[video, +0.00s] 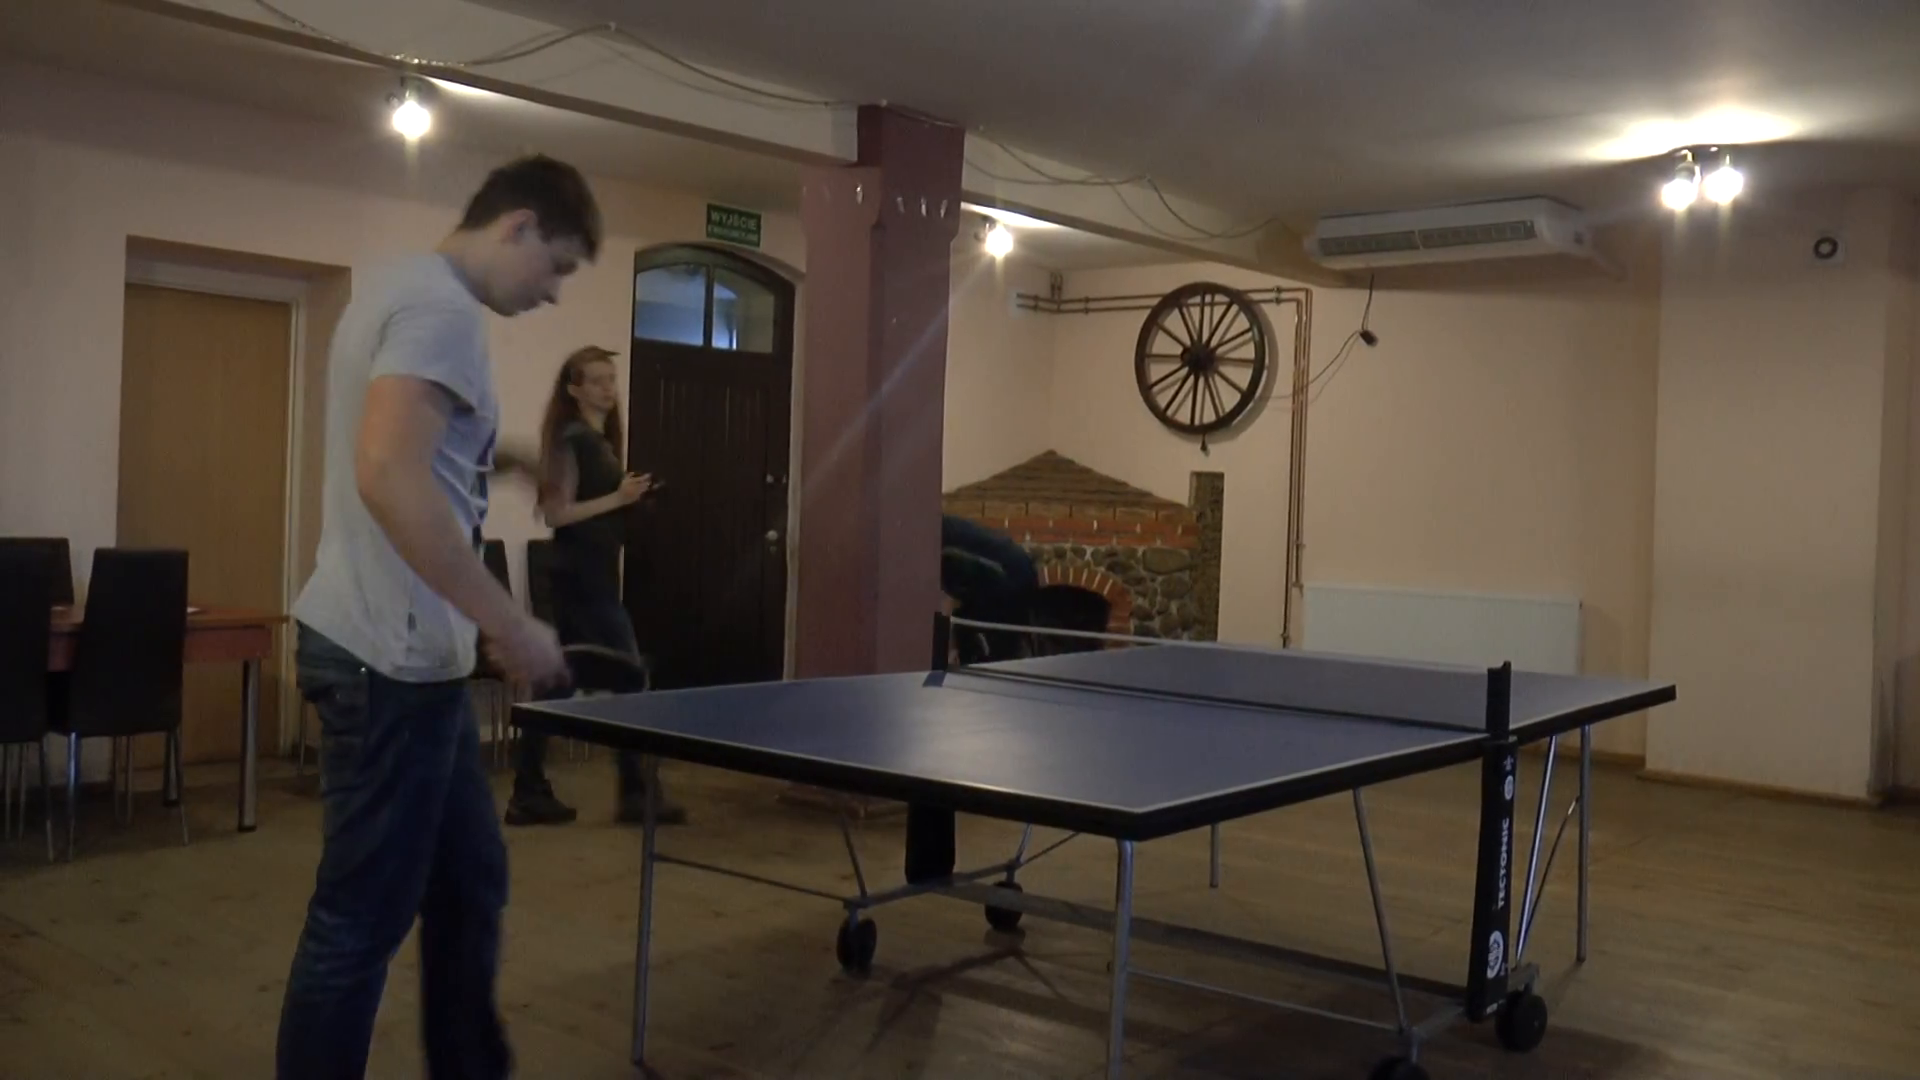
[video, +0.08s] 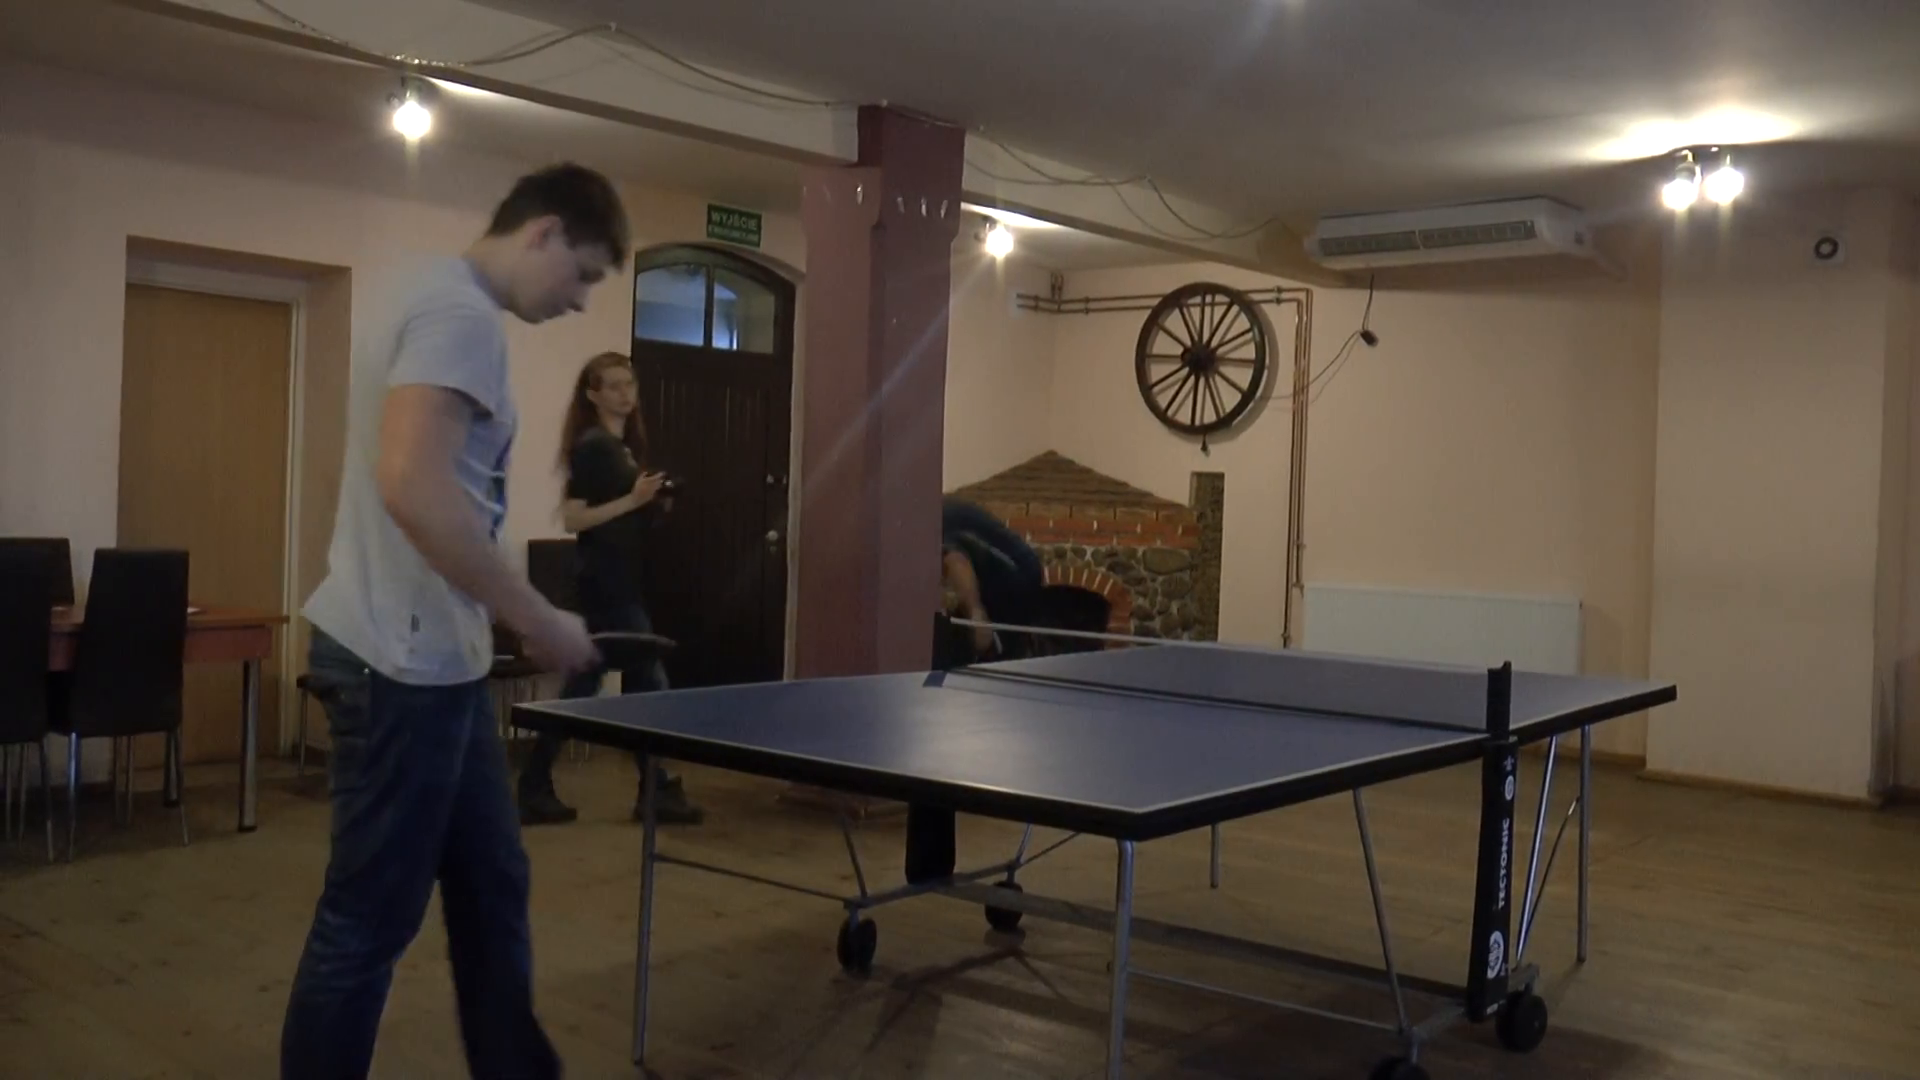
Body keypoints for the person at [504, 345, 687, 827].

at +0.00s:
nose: (609, 388)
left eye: (612, 380)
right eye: (599, 381)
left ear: (613, 387)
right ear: (574, 388)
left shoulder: (598, 437)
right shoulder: (568, 439)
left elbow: (587, 501)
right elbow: (555, 513)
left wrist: (625, 492)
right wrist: (617, 497)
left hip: (593, 572)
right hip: (579, 577)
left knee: (551, 676)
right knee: (629, 675)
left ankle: (529, 788)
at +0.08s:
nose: (626, 393)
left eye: (630, 385)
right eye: (615, 386)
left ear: (635, 391)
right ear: (593, 393)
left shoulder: (622, 445)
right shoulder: (591, 446)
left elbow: (611, 506)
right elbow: (571, 517)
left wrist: (648, 494)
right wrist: (632, 499)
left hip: (620, 575)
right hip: (603, 579)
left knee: (581, 683)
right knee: (648, 680)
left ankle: (535, 781)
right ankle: (657, 785)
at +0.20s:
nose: (647, 394)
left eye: (652, 386)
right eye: (637, 387)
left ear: (661, 392)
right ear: (617, 393)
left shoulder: (653, 446)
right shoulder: (613, 448)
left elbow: (651, 510)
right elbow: (599, 519)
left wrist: (677, 495)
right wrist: (655, 495)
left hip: (652, 568)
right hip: (629, 573)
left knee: (643, 685)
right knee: (661, 679)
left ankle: (567, 764)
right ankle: (658, 784)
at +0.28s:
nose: (660, 395)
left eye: (666, 386)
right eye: (650, 387)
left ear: (676, 392)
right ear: (631, 393)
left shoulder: (675, 446)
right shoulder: (625, 449)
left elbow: (696, 521)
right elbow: (616, 519)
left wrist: (697, 491)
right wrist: (665, 489)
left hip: (673, 573)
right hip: (641, 576)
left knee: (681, 677)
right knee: (662, 679)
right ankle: (657, 782)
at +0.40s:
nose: (681, 395)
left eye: (687, 387)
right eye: (671, 387)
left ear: (695, 394)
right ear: (652, 392)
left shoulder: (698, 445)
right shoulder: (640, 444)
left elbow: (726, 516)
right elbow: (636, 514)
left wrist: (717, 474)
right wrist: (679, 475)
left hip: (696, 578)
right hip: (657, 579)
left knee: (726, 677)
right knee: (669, 684)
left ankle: (684, 778)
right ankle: (663, 787)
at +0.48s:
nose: (689, 394)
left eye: (696, 387)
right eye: (680, 386)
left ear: (707, 394)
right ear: (663, 392)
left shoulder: (713, 445)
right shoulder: (652, 443)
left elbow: (742, 514)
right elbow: (646, 512)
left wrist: (729, 472)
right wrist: (686, 467)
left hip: (708, 580)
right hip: (663, 579)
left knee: (733, 680)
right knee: (667, 684)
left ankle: (723, 779)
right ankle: (652, 784)